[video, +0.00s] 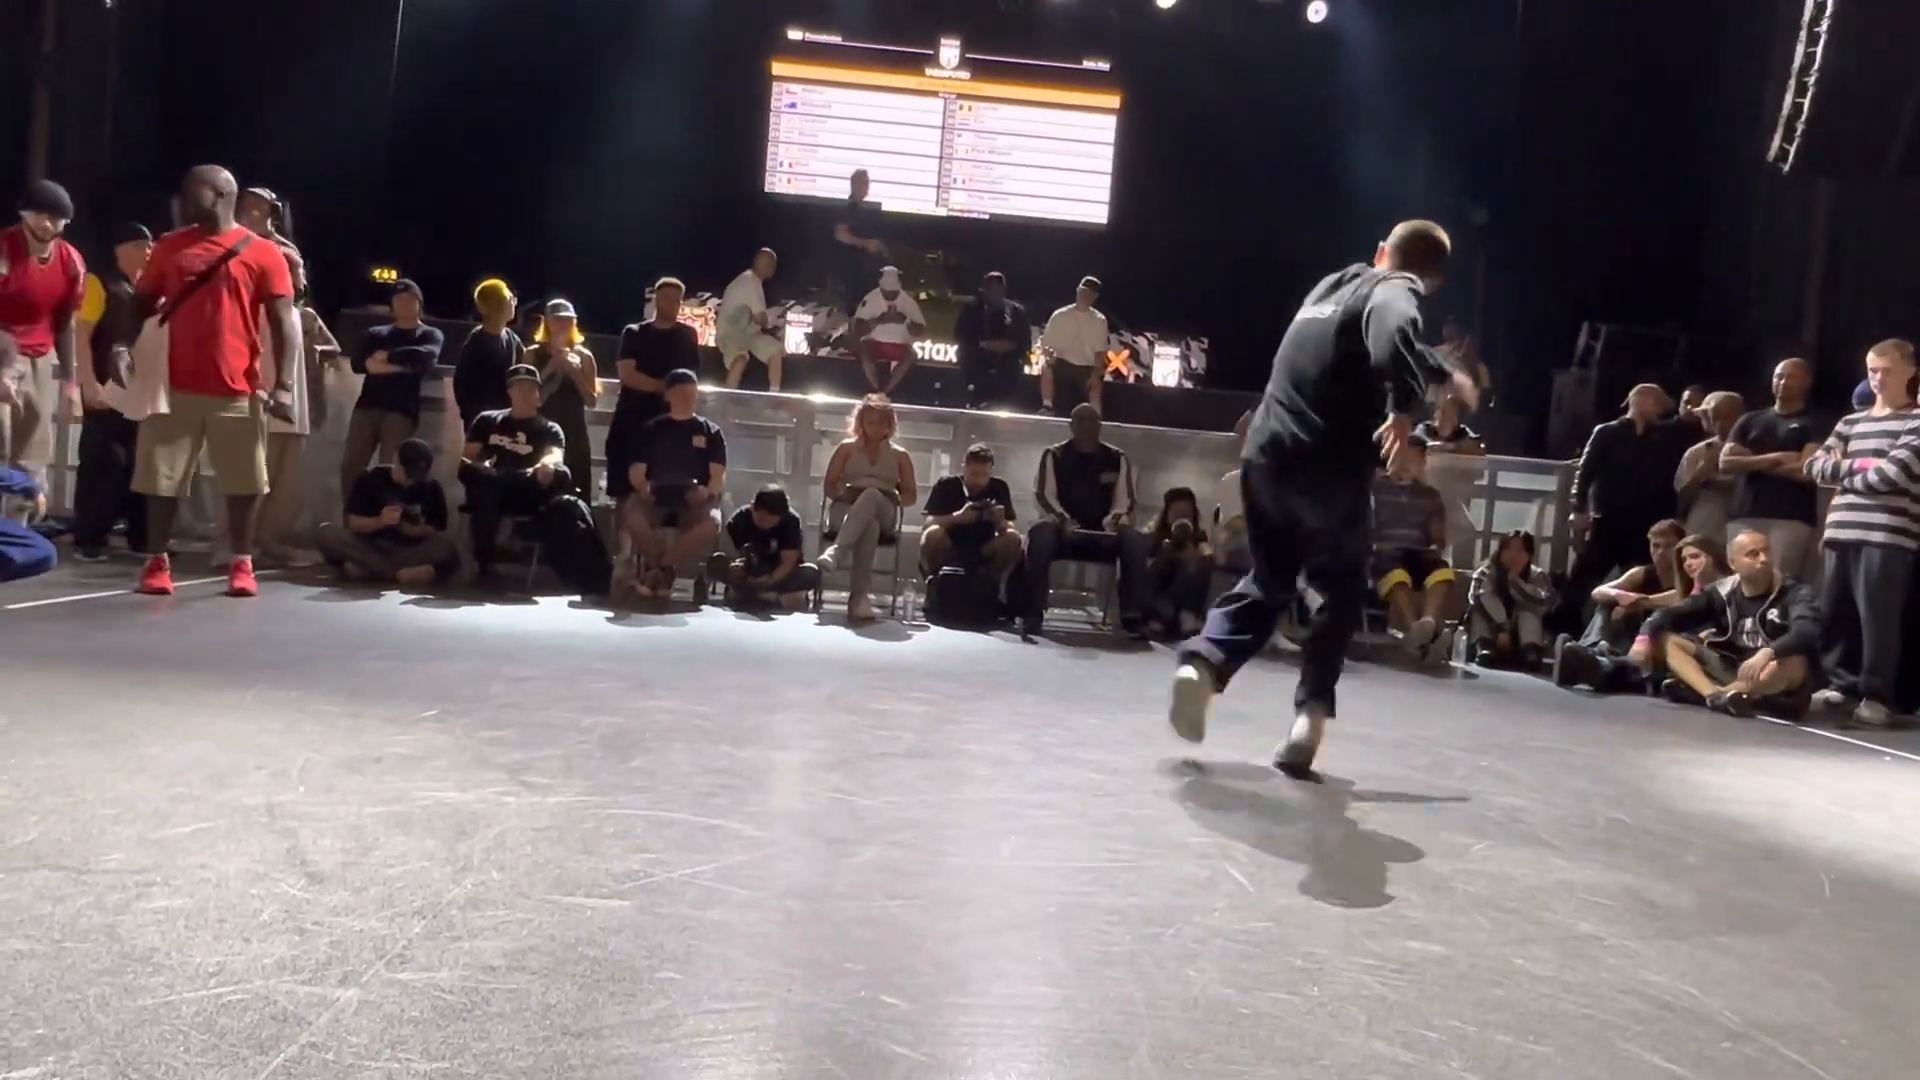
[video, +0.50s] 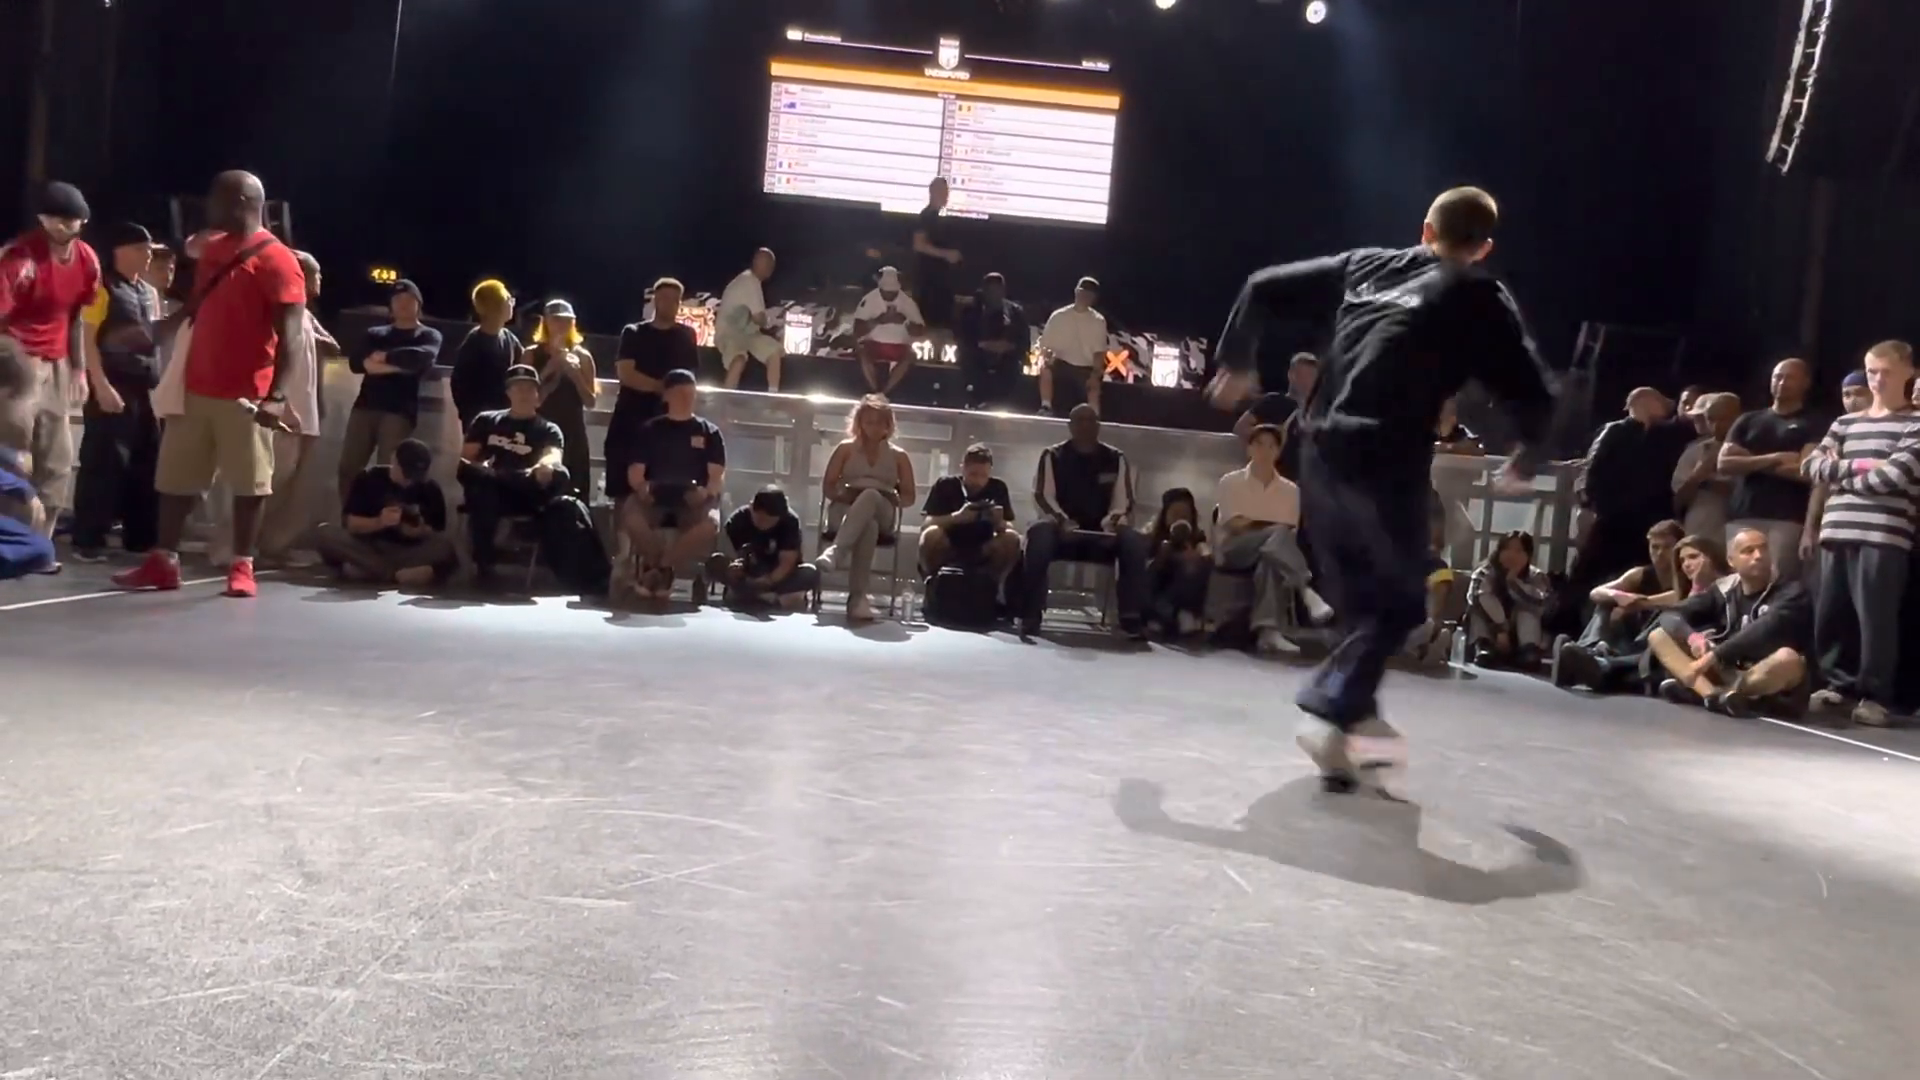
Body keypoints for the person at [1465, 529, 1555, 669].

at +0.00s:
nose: (1512, 556)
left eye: (1519, 551)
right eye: (1507, 549)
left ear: (1528, 557)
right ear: (1500, 552)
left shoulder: (1537, 575)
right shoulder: (1486, 572)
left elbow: (1543, 600)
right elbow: (1480, 597)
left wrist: (1515, 581)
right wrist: (1502, 627)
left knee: (1528, 609)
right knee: (1480, 607)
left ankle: (1531, 650)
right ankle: (1484, 647)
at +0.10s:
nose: (1512, 556)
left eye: (1519, 551)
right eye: (1507, 549)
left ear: (1529, 557)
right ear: (1500, 552)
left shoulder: (1537, 576)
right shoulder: (1486, 572)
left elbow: (1542, 600)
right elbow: (1480, 597)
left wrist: (1515, 581)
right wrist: (1502, 627)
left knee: (1528, 609)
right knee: (1480, 607)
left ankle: (1531, 650)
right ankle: (1484, 647)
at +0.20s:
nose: (1512, 556)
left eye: (1519, 551)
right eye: (1507, 549)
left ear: (1529, 557)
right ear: (1500, 552)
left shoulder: (1537, 576)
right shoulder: (1485, 573)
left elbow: (1541, 600)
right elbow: (1481, 597)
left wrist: (1515, 581)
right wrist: (1502, 627)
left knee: (1528, 609)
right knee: (1480, 607)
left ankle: (1531, 649)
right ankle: (1483, 647)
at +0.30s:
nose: (1512, 556)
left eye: (1519, 551)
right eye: (1507, 549)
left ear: (1528, 557)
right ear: (1499, 553)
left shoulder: (1537, 576)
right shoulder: (1485, 573)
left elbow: (1541, 601)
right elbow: (1481, 597)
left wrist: (1514, 581)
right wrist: (1502, 628)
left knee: (1528, 610)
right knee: (1480, 607)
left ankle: (1530, 648)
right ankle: (1483, 646)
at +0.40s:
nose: (1511, 556)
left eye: (1518, 551)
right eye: (1506, 549)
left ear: (1528, 556)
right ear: (1499, 552)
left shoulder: (1537, 576)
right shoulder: (1484, 572)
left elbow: (1540, 601)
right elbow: (1479, 597)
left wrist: (1514, 581)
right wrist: (1501, 628)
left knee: (1527, 607)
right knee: (1480, 605)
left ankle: (1529, 648)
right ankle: (1482, 646)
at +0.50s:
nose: (1511, 556)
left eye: (1518, 551)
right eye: (1506, 550)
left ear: (1528, 557)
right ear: (1499, 553)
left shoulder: (1536, 576)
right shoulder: (1484, 573)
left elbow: (1540, 600)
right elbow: (1478, 597)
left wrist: (1513, 581)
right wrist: (1500, 628)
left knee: (1527, 609)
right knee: (1479, 607)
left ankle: (1529, 648)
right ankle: (1482, 646)